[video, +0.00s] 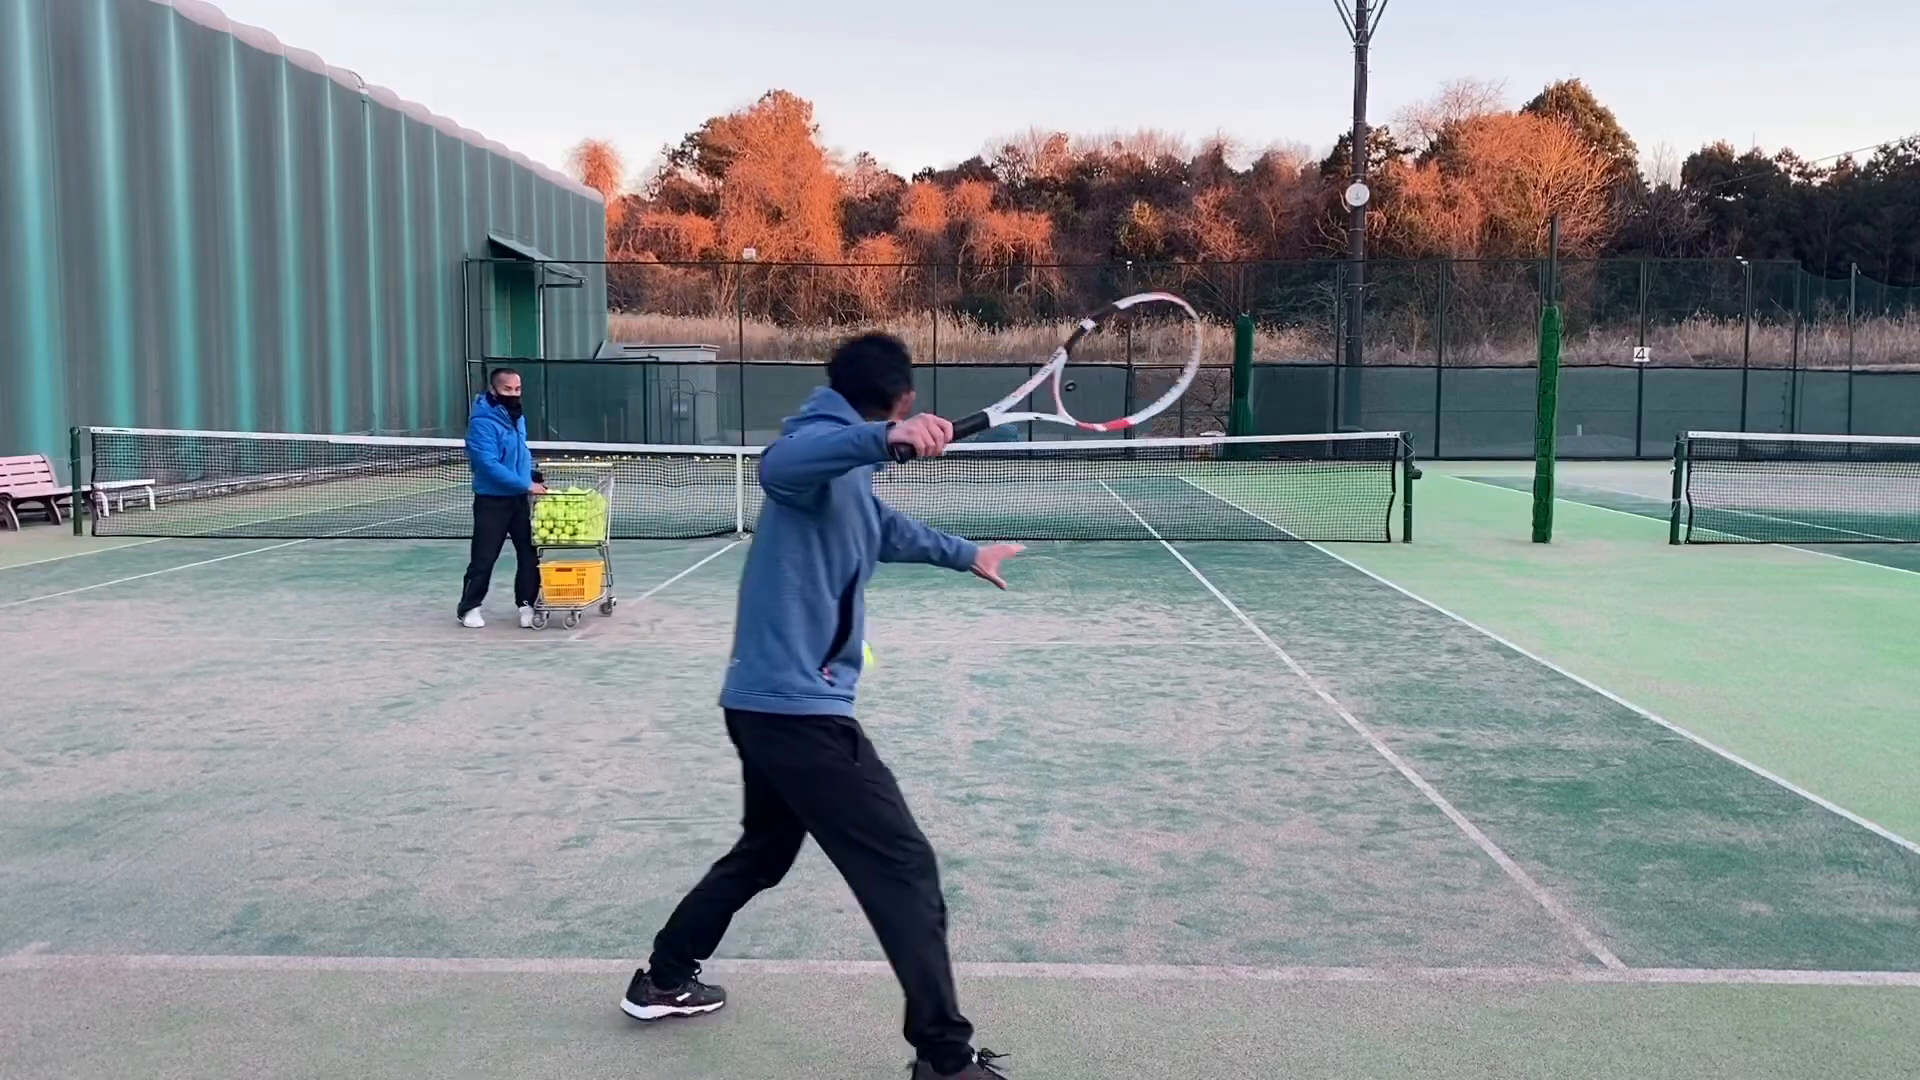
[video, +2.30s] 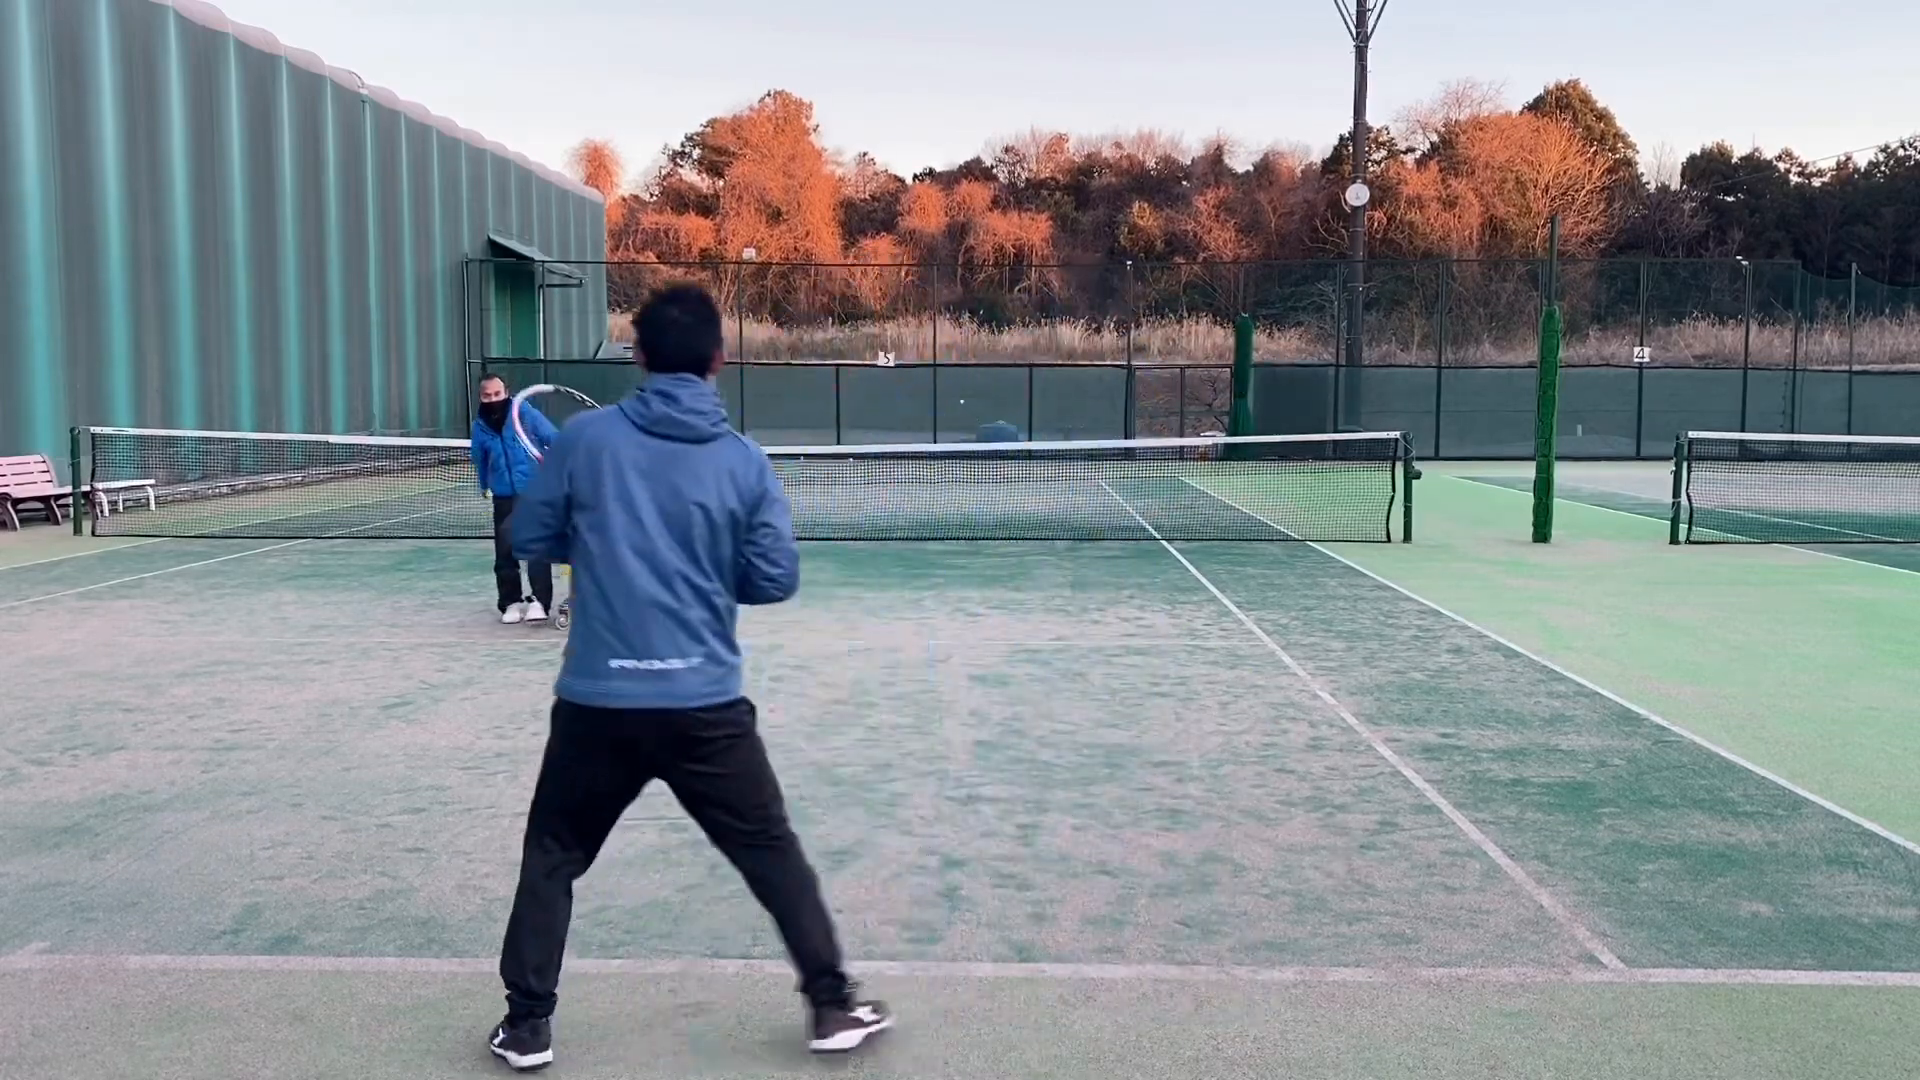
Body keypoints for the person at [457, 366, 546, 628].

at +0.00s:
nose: (515, 394)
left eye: (517, 389)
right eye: (509, 389)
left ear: (520, 390)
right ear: (495, 390)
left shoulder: (517, 416)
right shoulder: (482, 421)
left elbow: (521, 451)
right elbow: (488, 465)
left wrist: (533, 476)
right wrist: (526, 486)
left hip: (518, 497)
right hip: (491, 499)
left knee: (529, 553)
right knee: (484, 557)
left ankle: (526, 604)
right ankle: (470, 608)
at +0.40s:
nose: (541, 394)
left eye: (543, 389)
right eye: (535, 389)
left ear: (545, 390)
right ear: (520, 390)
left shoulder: (536, 417)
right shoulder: (509, 421)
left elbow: (541, 455)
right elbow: (526, 461)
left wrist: (560, 476)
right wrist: (562, 485)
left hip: (533, 499)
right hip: (506, 499)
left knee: (541, 555)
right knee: (495, 557)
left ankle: (541, 606)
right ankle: (467, 607)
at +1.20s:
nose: (549, 392)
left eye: (552, 387)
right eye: (543, 388)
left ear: (556, 388)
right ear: (530, 389)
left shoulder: (557, 416)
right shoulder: (519, 420)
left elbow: (561, 452)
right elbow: (529, 463)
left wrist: (567, 475)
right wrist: (568, 484)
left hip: (547, 494)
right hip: (520, 495)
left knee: (549, 553)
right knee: (514, 554)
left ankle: (543, 604)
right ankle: (498, 602)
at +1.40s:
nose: (537, 390)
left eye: (540, 385)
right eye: (531, 386)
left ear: (545, 386)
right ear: (519, 388)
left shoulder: (554, 416)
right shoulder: (508, 419)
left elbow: (566, 452)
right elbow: (509, 464)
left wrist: (566, 471)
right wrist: (543, 471)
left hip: (547, 496)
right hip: (517, 497)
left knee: (548, 553)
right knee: (516, 553)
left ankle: (543, 605)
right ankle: (513, 603)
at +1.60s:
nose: (520, 390)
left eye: (524, 385)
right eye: (514, 386)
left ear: (530, 386)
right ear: (505, 388)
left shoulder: (547, 415)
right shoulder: (495, 420)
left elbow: (564, 450)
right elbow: (493, 459)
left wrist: (564, 470)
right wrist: (510, 474)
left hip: (543, 495)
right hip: (510, 497)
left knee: (544, 553)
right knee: (511, 553)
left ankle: (543, 605)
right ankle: (511, 604)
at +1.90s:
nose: (503, 392)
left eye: (507, 387)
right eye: (497, 388)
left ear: (515, 387)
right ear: (490, 390)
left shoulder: (534, 413)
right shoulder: (485, 422)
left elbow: (561, 445)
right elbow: (479, 463)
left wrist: (563, 472)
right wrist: (483, 499)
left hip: (534, 494)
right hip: (502, 496)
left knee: (537, 550)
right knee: (505, 553)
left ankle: (540, 604)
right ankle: (511, 604)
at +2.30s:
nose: (492, 399)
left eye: (496, 394)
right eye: (486, 395)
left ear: (506, 393)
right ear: (480, 397)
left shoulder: (523, 413)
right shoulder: (480, 426)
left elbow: (552, 437)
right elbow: (479, 458)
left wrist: (562, 466)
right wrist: (484, 484)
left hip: (533, 492)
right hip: (503, 495)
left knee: (537, 548)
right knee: (504, 552)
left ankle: (540, 602)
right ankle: (511, 603)